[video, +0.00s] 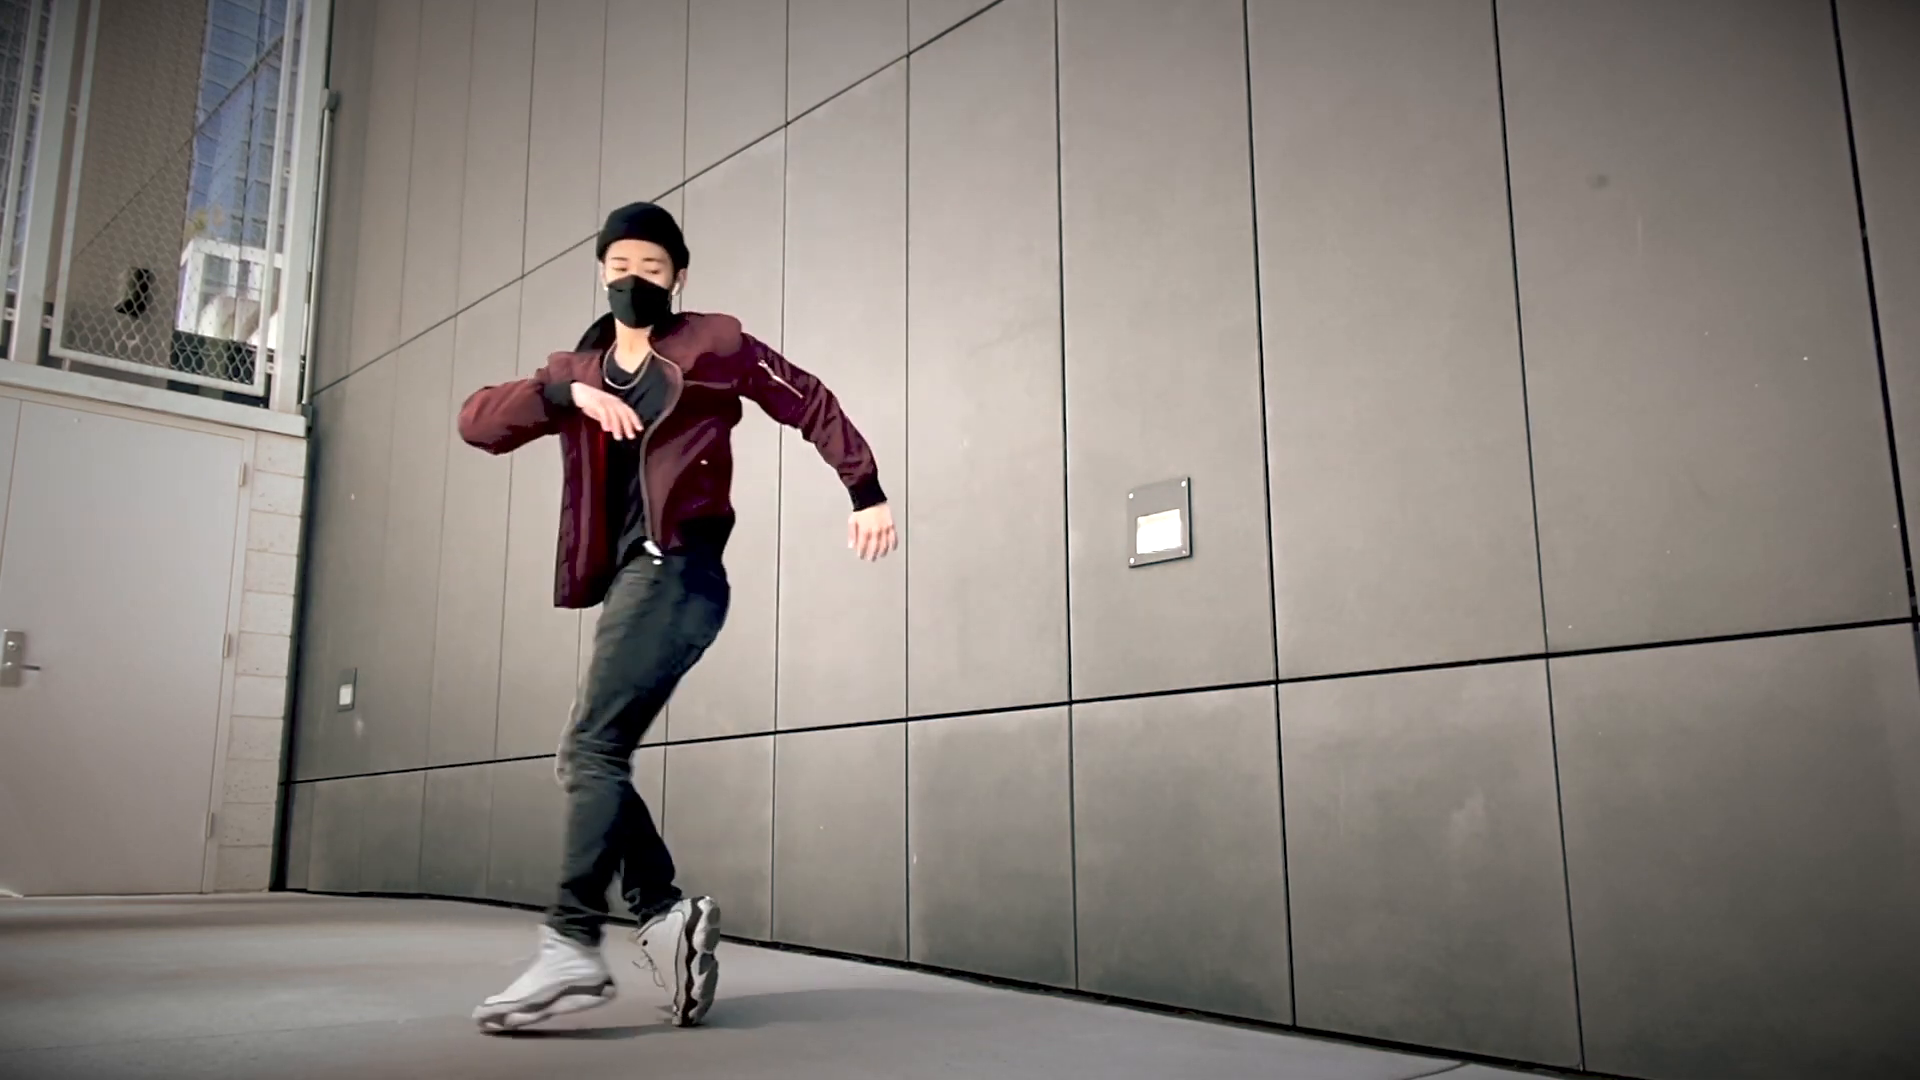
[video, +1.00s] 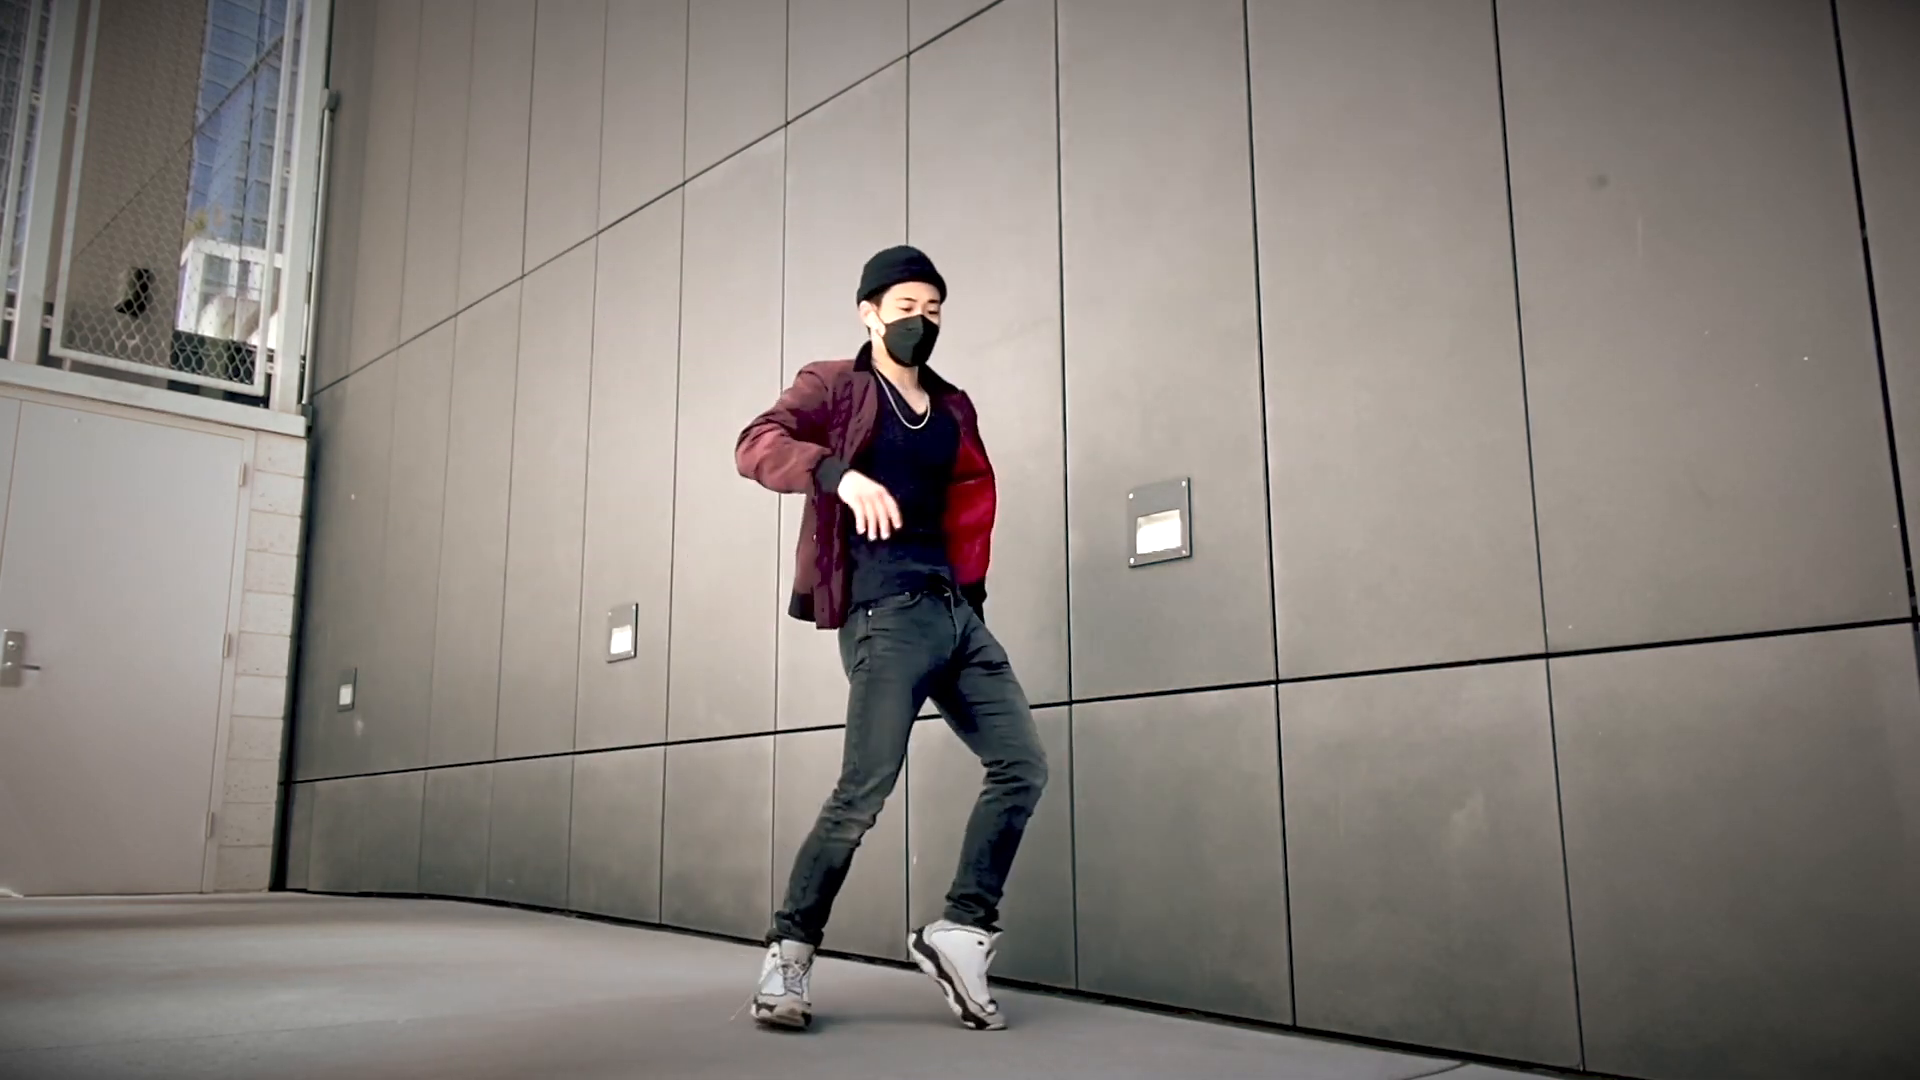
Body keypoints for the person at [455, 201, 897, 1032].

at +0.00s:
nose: (636, 271)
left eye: (652, 260)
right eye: (621, 259)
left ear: (677, 274)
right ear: (601, 272)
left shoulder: (713, 342)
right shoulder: (578, 367)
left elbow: (810, 404)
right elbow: (475, 424)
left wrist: (866, 492)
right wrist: (564, 390)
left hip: (673, 570)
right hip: (622, 574)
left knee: (594, 750)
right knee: (593, 756)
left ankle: (572, 946)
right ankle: (666, 920)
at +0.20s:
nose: (709, 291)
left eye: (723, 281)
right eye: (693, 279)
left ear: (738, 294)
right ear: (664, 288)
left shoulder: (773, 373)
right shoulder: (624, 375)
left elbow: (826, 453)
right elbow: (538, 416)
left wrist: (858, 540)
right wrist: (632, 389)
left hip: (740, 592)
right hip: (670, 611)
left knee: (773, 763)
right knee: (597, 760)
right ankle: (680, 929)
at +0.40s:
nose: (762, 304)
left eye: (776, 294)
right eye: (746, 291)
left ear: (793, 308)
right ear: (717, 301)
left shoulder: (823, 393)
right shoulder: (680, 386)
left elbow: (848, 498)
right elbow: (592, 398)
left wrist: (851, 590)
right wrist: (690, 387)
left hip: (802, 606)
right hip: (718, 616)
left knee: (850, 787)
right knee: (684, 781)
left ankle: (961, 928)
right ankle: (748, 939)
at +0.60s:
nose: (820, 311)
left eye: (833, 302)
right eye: (804, 301)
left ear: (849, 315)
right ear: (774, 315)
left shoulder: (878, 407)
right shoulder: (741, 401)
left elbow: (881, 513)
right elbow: (664, 415)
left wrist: (889, 592)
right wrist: (760, 398)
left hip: (875, 615)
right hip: (786, 627)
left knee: (950, 768)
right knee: (762, 801)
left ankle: (959, 933)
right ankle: (770, 962)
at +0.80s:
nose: (875, 315)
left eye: (886, 306)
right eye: (859, 304)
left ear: (897, 317)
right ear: (825, 314)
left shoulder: (922, 407)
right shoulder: (792, 398)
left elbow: (933, 510)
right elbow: (724, 443)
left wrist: (959, 604)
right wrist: (820, 420)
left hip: (937, 607)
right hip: (855, 611)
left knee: (1032, 756)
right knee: (827, 795)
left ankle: (985, 927)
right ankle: (777, 958)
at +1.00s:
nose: (924, 312)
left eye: (933, 304)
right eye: (907, 301)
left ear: (941, 319)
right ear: (869, 313)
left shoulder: (951, 405)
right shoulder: (836, 385)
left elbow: (966, 502)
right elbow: (756, 446)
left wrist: (969, 599)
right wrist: (839, 474)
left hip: (956, 614)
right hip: (885, 617)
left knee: (1022, 770)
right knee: (862, 793)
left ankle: (963, 932)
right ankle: (790, 954)